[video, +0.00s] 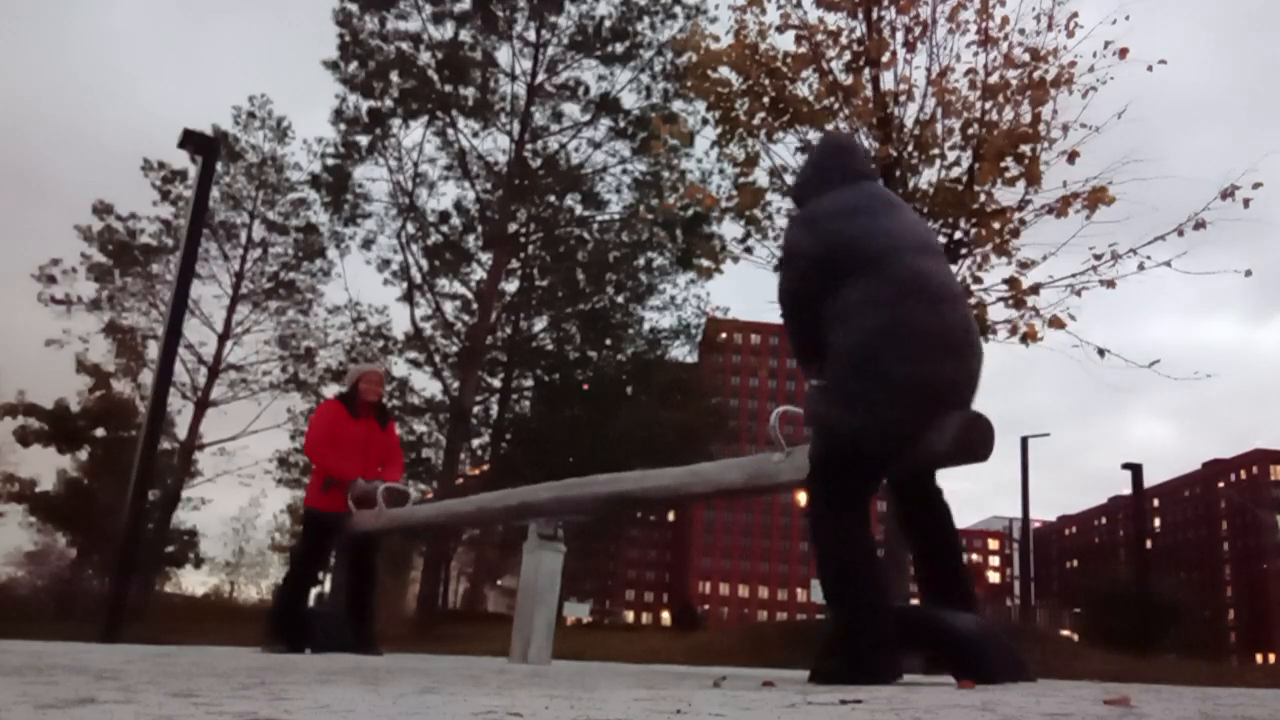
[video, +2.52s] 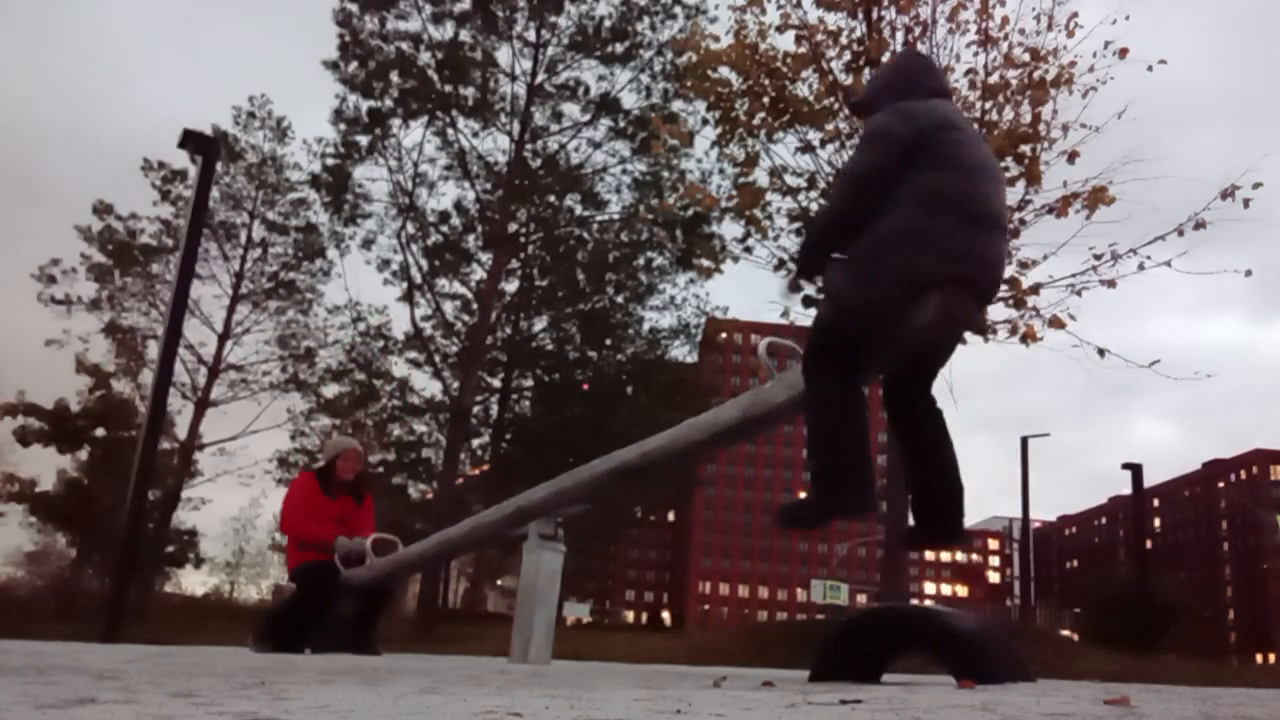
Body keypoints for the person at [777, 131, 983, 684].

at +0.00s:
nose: (797, 196)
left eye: (800, 188)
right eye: (798, 189)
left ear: (814, 181)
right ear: (860, 173)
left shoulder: (813, 219)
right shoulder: (897, 208)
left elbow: (796, 297)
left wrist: (817, 363)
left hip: (878, 366)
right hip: (952, 357)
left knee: (836, 498)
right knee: (915, 487)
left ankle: (861, 645)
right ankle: (960, 631)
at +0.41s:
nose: (861, 210)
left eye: (868, 202)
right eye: (865, 202)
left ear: (883, 205)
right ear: (928, 206)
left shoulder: (871, 246)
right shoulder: (955, 253)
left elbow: (832, 316)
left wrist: (833, 385)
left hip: (905, 403)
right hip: (980, 406)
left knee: (828, 513)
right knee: (919, 519)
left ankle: (868, 648)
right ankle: (985, 640)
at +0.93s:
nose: (854, 281)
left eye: (860, 274)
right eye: (857, 274)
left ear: (876, 272)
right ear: (922, 273)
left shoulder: (866, 313)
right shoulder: (947, 315)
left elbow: (834, 398)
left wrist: (835, 444)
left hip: (916, 455)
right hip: (994, 461)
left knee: (802, 538)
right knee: (934, 566)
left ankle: (867, 650)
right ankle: (990, 659)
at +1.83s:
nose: (841, 247)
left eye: (844, 239)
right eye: (843, 241)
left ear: (858, 231)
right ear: (907, 225)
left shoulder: (858, 265)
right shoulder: (934, 263)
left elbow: (836, 345)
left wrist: (840, 393)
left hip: (912, 397)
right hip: (989, 397)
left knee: (824, 505)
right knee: (923, 510)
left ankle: (858, 644)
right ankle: (980, 639)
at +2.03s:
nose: (849, 182)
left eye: (851, 173)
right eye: (852, 175)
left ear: (866, 161)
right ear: (913, 158)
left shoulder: (867, 189)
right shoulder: (946, 194)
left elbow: (846, 265)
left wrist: (833, 322)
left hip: (912, 322)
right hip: (985, 328)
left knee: (834, 442)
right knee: (917, 451)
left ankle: (856, 612)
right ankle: (968, 599)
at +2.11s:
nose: (852, 168)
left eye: (856, 159)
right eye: (853, 161)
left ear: (870, 147)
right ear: (918, 139)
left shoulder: (873, 174)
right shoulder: (946, 178)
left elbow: (844, 257)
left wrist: (834, 314)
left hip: (914, 310)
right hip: (985, 318)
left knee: (828, 412)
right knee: (911, 426)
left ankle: (857, 546)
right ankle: (959, 558)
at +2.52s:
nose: (869, 118)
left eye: (873, 107)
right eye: (869, 110)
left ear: (893, 93)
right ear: (930, 88)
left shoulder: (899, 120)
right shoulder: (966, 135)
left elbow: (851, 197)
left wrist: (810, 259)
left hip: (897, 271)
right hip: (965, 282)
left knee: (828, 360)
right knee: (909, 386)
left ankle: (840, 492)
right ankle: (940, 520)